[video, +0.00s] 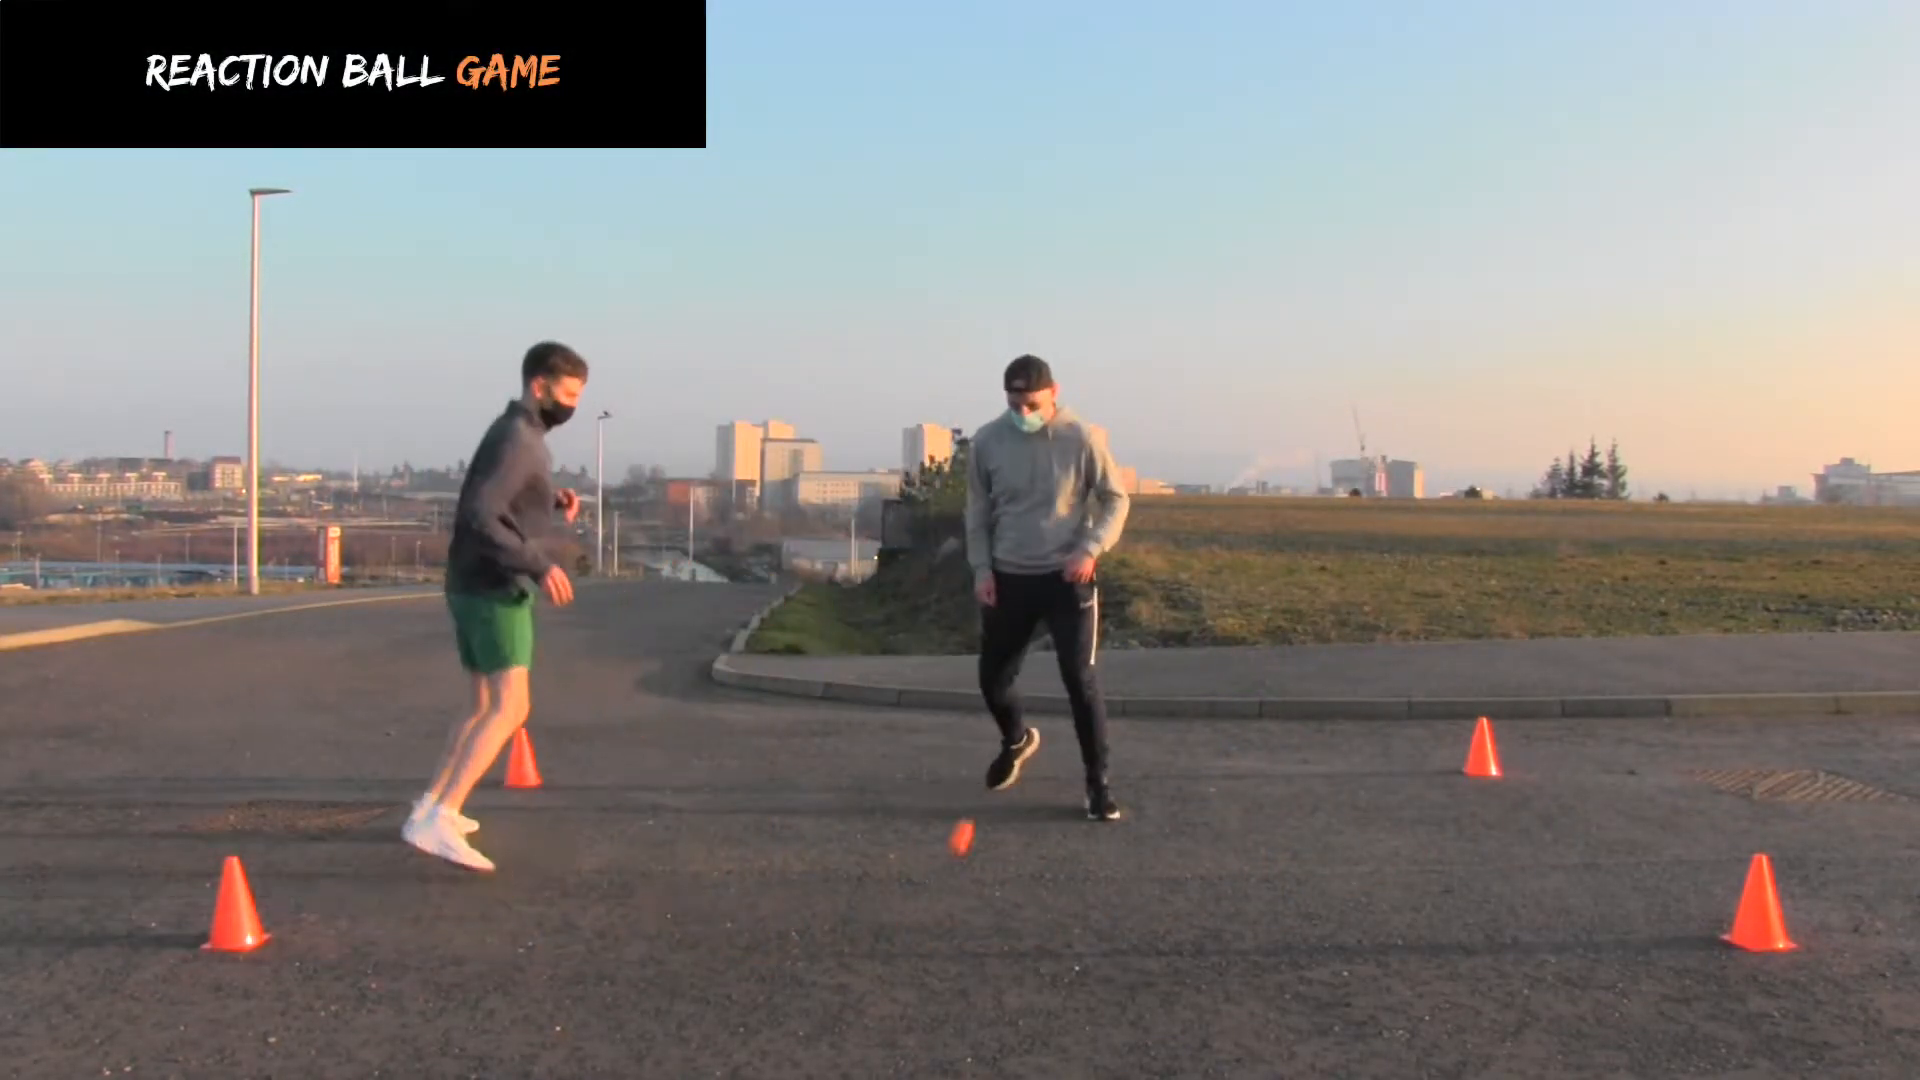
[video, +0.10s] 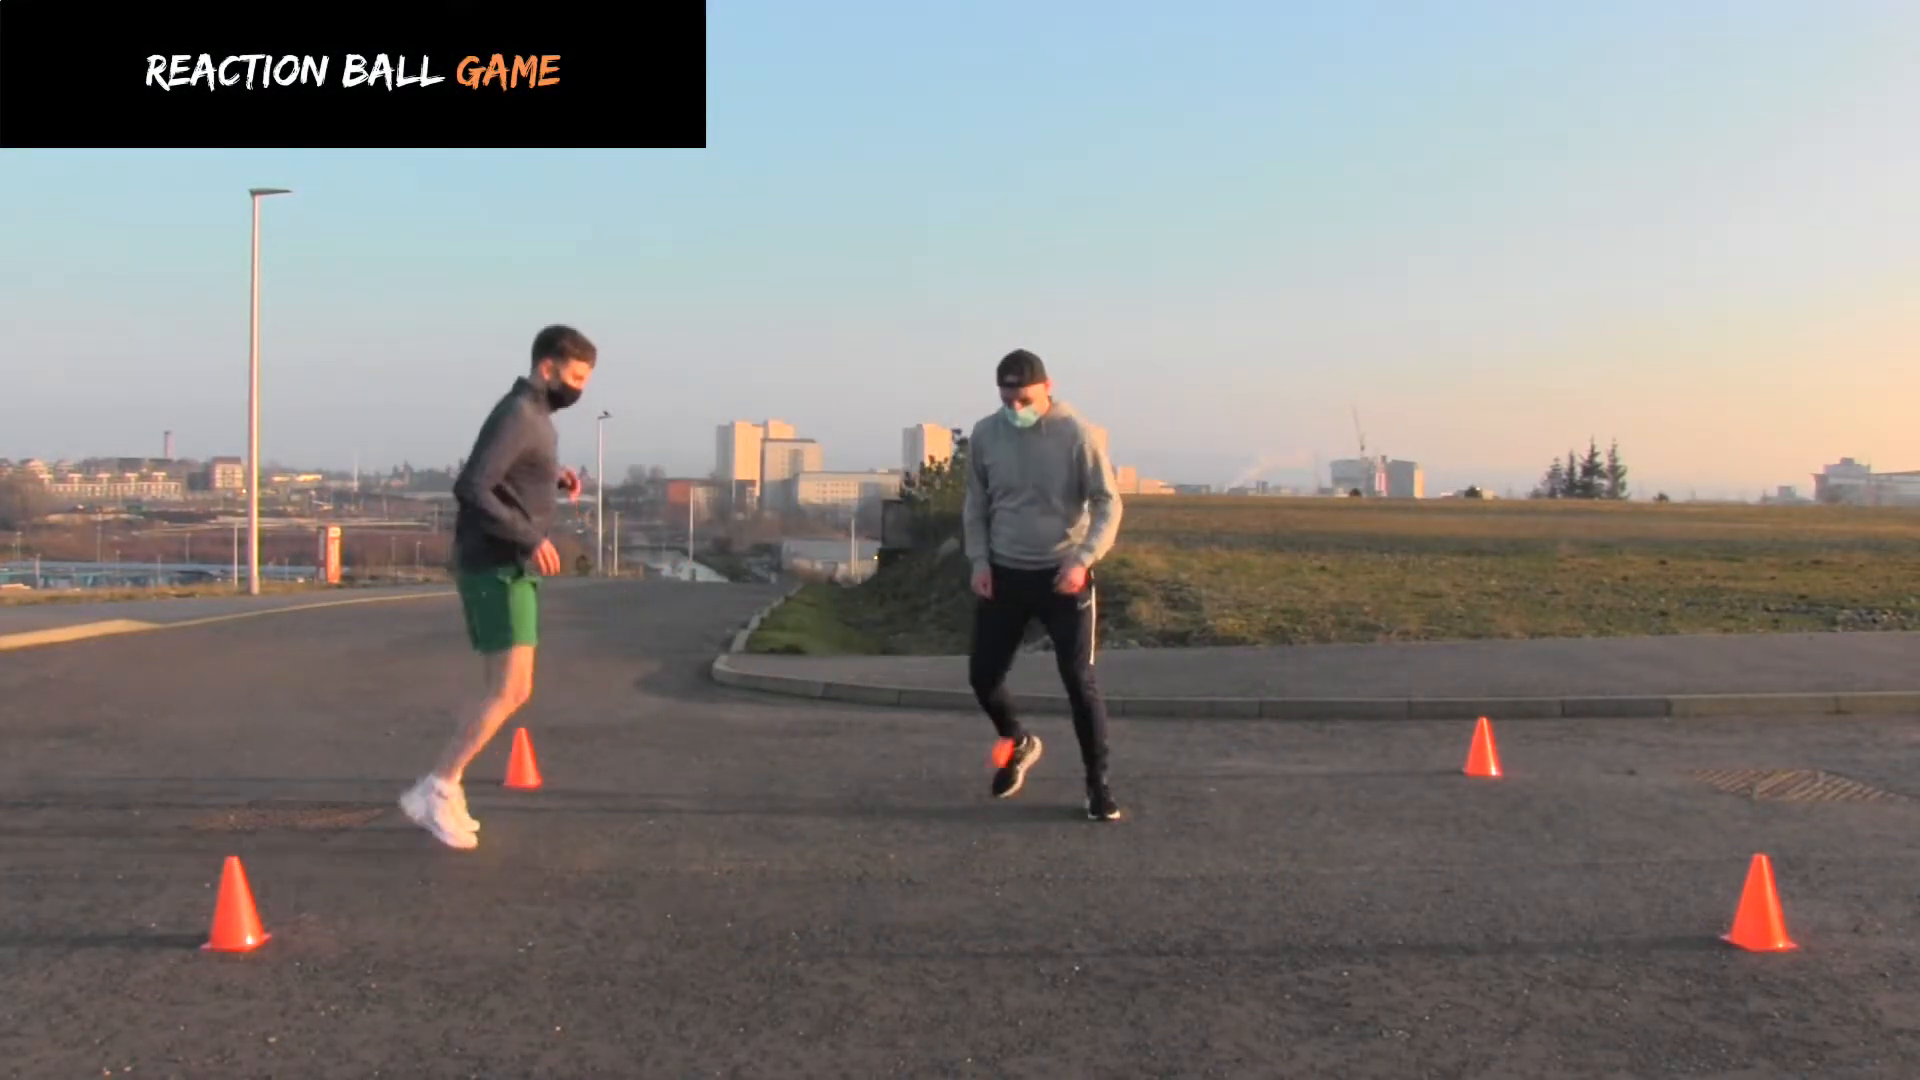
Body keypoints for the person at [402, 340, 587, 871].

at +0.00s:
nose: (576, 402)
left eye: (579, 393)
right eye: (571, 391)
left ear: (542, 387)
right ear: (539, 384)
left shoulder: (518, 430)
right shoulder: (518, 438)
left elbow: (505, 498)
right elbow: (481, 513)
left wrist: (549, 500)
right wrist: (539, 565)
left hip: (477, 585)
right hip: (495, 588)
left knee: (487, 705)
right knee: (512, 704)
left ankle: (433, 807)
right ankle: (441, 816)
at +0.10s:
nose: (582, 386)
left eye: (586, 377)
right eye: (578, 374)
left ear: (554, 369)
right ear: (546, 366)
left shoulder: (536, 412)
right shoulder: (519, 412)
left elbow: (510, 473)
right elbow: (474, 486)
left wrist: (552, 477)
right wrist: (530, 539)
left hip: (509, 565)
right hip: (494, 567)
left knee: (514, 686)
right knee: (511, 688)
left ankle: (442, 787)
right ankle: (437, 789)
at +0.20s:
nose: (590, 389)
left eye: (595, 380)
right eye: (586, 377)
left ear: (563, 374)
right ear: (555, 368)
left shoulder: (549, 414)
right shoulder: (525, 411)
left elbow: (521, 468)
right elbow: (479, 475)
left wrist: (560, 477)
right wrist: (530, 533)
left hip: (532, 564)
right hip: (502, 568)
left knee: (554, 664)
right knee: (503, 687)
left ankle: (489, 757)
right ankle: (435, 776)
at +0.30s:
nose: (599, 409)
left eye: (602, 400)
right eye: (593, 398)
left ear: (573, 397)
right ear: (562, 391)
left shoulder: (557, 441)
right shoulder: (530, 435)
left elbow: (530, 501)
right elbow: (492, 505)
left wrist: (568, 506)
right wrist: (540, 558)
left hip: (538, 586)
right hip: (500, 589)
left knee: (582, 666)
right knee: (493, 705)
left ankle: (547, 765)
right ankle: (426, 785)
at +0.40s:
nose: (616, 444)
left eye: (619, 435)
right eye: (609, 434)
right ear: (579, 432)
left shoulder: (582, 484)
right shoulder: (549, 482)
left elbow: (561, 538)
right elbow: (519, 550)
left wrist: (595, 549)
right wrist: (573, 602)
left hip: (550, 612)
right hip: (511, 617)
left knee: (608, 681)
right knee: (498, 729)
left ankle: (624, 767)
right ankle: (418, 797)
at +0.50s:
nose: (639, 447)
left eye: (642, 438)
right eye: (632, 438)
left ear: (636, 436)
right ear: (604, 433)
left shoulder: (611, 484)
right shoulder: (575, 484)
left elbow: (591, 539)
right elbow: (541, 553)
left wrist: (621, 548)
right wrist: (606, 595)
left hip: (582, 612)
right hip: (541, 617)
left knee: (638, 678)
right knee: (510, 716)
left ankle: (635, 768)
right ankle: (421, 793)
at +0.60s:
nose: (678, 425)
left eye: (683, 416)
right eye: (670, 415)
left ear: (685, 414)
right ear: (644, 411)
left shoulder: (661, 464)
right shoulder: (621, 461)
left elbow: (642, 528)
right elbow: (587, 529)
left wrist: (669, 531)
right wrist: (641, 568)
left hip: (636, 594)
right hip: (596, 593)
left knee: (673, 675)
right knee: (557, 688)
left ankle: (640, 767)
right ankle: (466, 769)